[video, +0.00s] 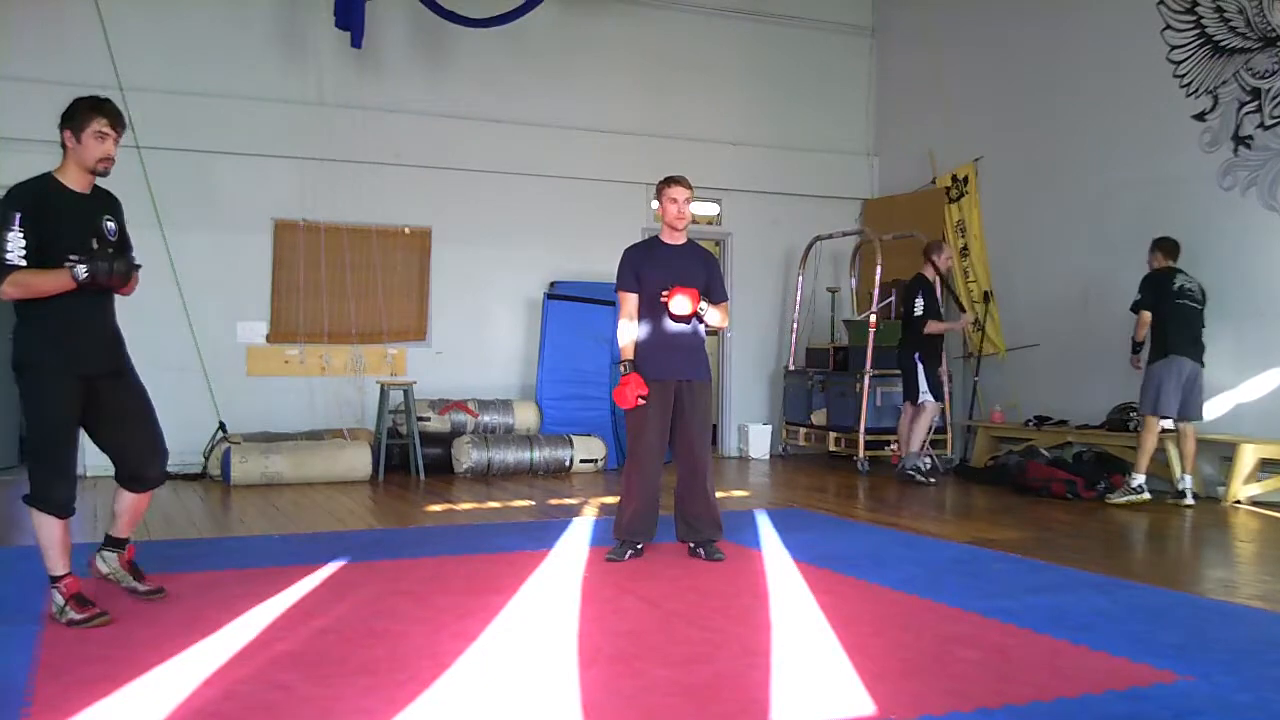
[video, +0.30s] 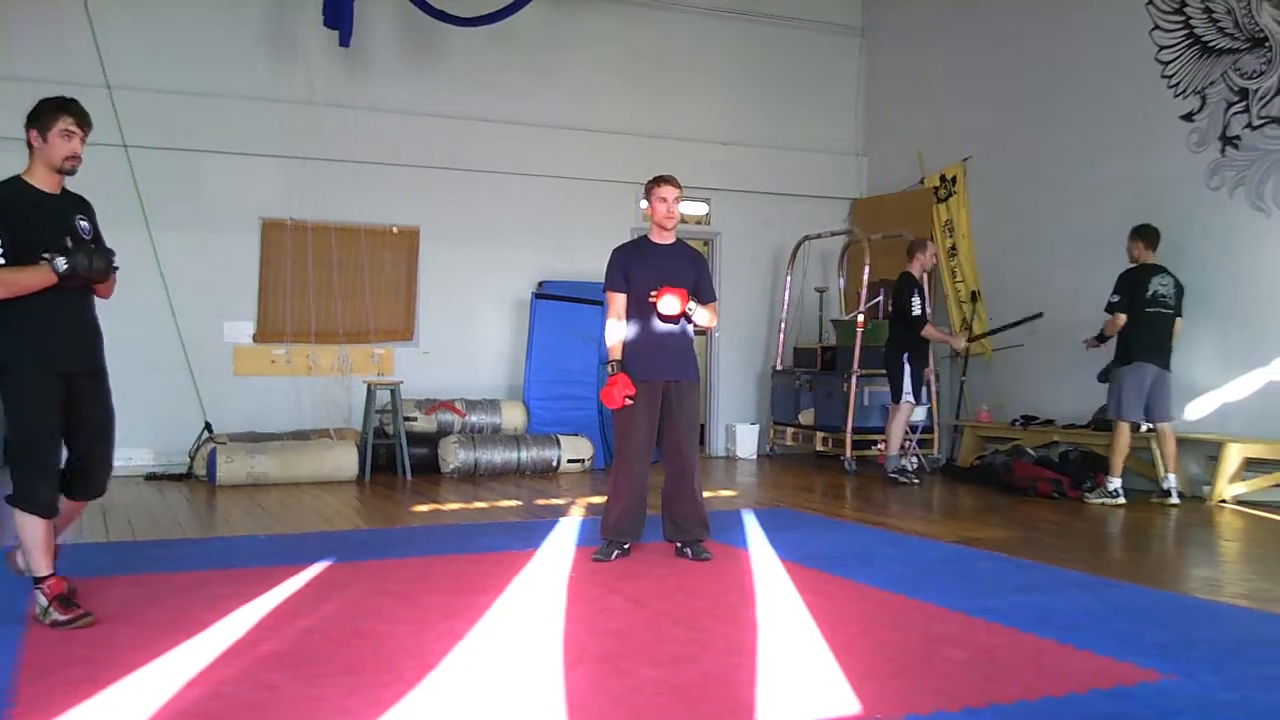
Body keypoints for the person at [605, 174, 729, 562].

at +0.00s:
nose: (680, 208)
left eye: (686, 202)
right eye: (673, 201)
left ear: (693, 208)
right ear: (659, 206)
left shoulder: (706, 259)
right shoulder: (636, 255)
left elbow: (722, 318)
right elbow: (627, 317)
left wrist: (699, 308)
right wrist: (627, 367)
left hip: (695, 373)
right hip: (650, 371)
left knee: (696, 457)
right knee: (643, 456)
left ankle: (700, 536)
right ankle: (632, 537)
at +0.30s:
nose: (670, 207)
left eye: (675, 201)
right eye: (662, 200)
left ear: (682, 207)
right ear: (647, 206)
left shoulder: (694, 259)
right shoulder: (624, 255)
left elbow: (710, 318)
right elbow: (615, 317)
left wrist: (687, 307)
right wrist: (615, 367)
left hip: (683, 373)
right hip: (638, 371)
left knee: (683, 457)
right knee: (631, 456)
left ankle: (687, 536)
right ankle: (619, 536)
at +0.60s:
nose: (642, 206)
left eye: (647, 200)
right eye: (634, 199)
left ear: (653, 206)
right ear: (620, 205)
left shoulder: (667, 258)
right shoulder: (598, 255)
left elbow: (684, 317)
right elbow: (589, 317)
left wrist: (662, 308)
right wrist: (591, 368)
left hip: (659, 372)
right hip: (613, 371)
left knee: (661, 456)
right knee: (607, 457)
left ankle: (666, 535)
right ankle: (598, 537)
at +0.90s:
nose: (668, 210)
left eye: (675, 204)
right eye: (661, 203)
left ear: (683, 209)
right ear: (650, 208)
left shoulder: (698, 260)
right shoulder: (629, 257)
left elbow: (717, 318)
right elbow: (621, 318)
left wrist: (693, 308)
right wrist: (623, 368)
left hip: (690, 374)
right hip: (645, 372)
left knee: (691, 457)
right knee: (639, 457)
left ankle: (697, 536)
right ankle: (629, 538)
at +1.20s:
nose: (649, 213)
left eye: (656, 206)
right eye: (644, 208)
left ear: (675, 209)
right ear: (640, 213)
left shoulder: (697, 259)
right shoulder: (627, 259)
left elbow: (719, 317)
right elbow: (620, 317)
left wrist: (688, 304)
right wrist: (621, 363)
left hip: (683, 374)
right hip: (637, 372)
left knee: (689, 458)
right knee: (636, 459)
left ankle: (699, 538)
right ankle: (631, 539)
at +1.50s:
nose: (666, 220)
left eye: (673, 212)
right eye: (661, 214)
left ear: (692, 210)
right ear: (659, 216)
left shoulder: (722, 258)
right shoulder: (655, 263)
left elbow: (746, 317)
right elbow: (646, 317)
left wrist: (711, 302)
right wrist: (638, 335)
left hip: (705, 376)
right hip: (660, 376)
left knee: (719, 457)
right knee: (666, 460)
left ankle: (738, 536)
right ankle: (670, 538)